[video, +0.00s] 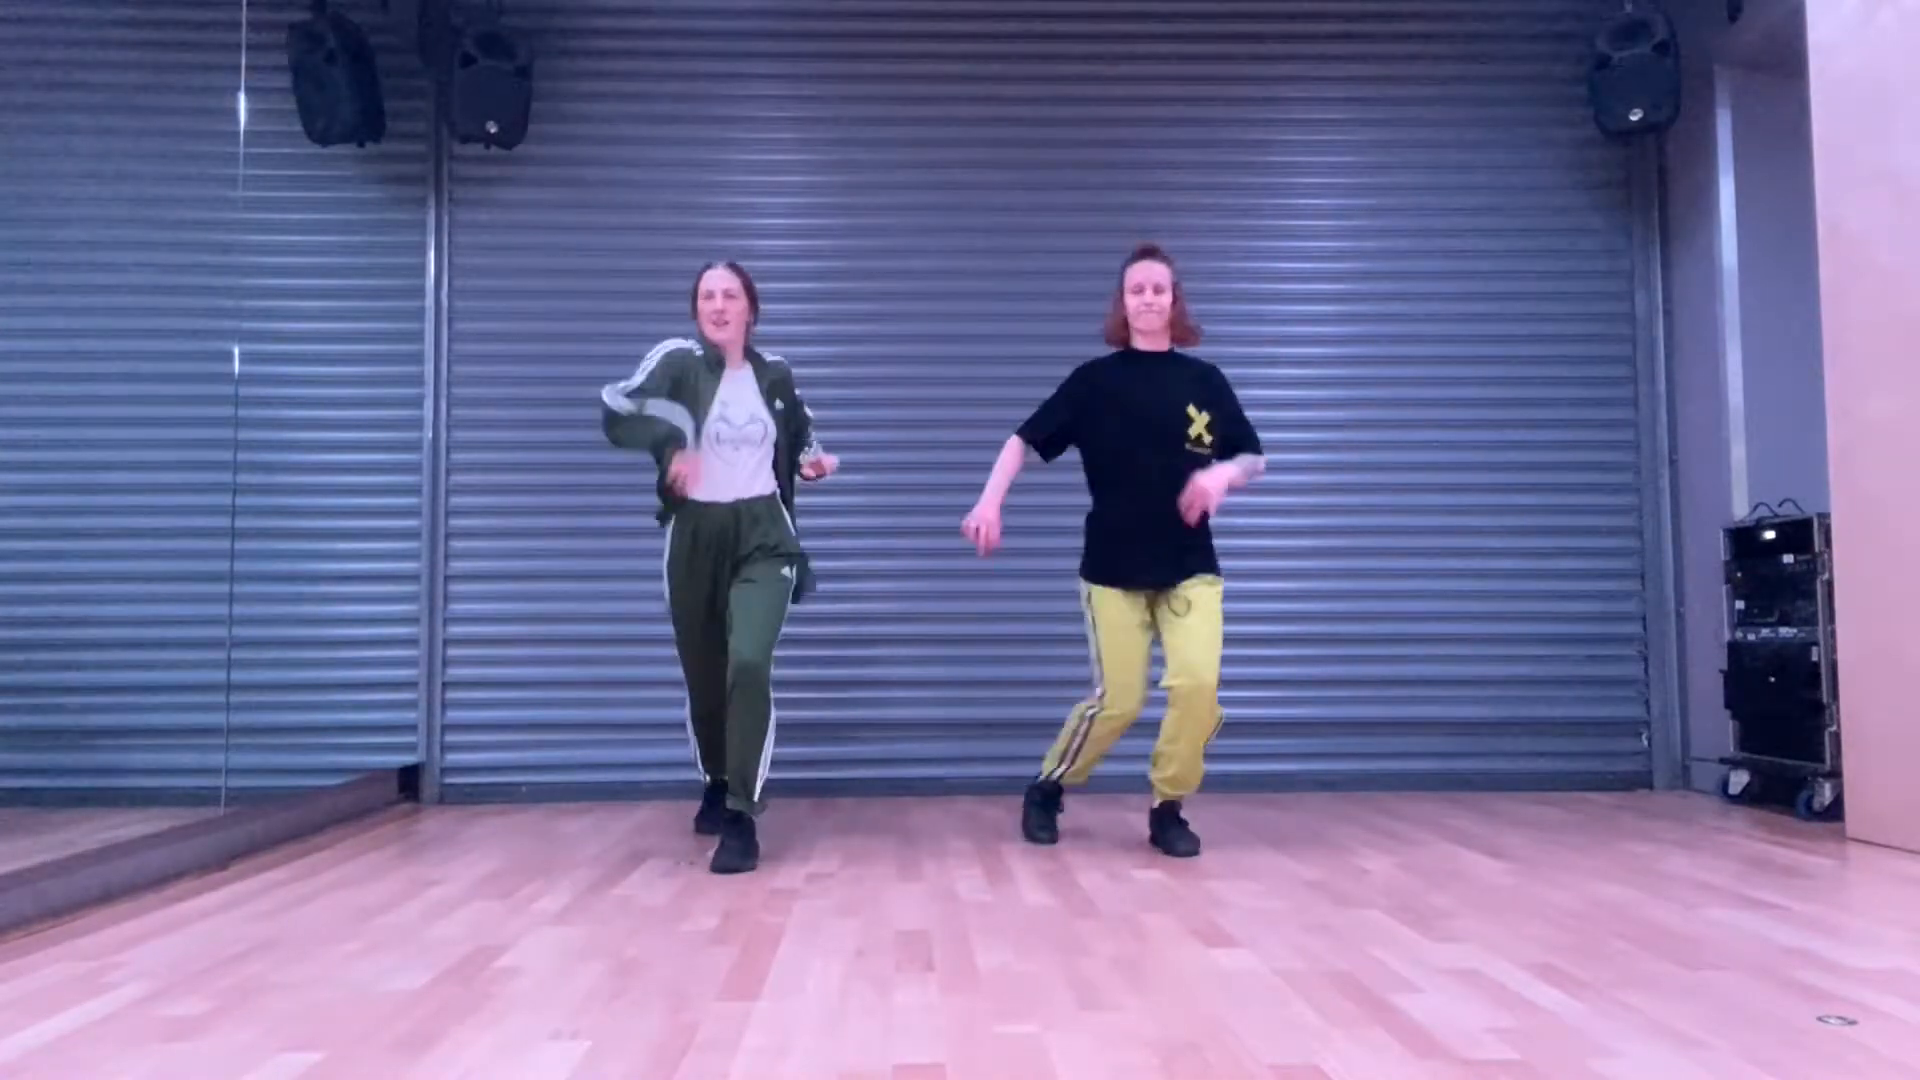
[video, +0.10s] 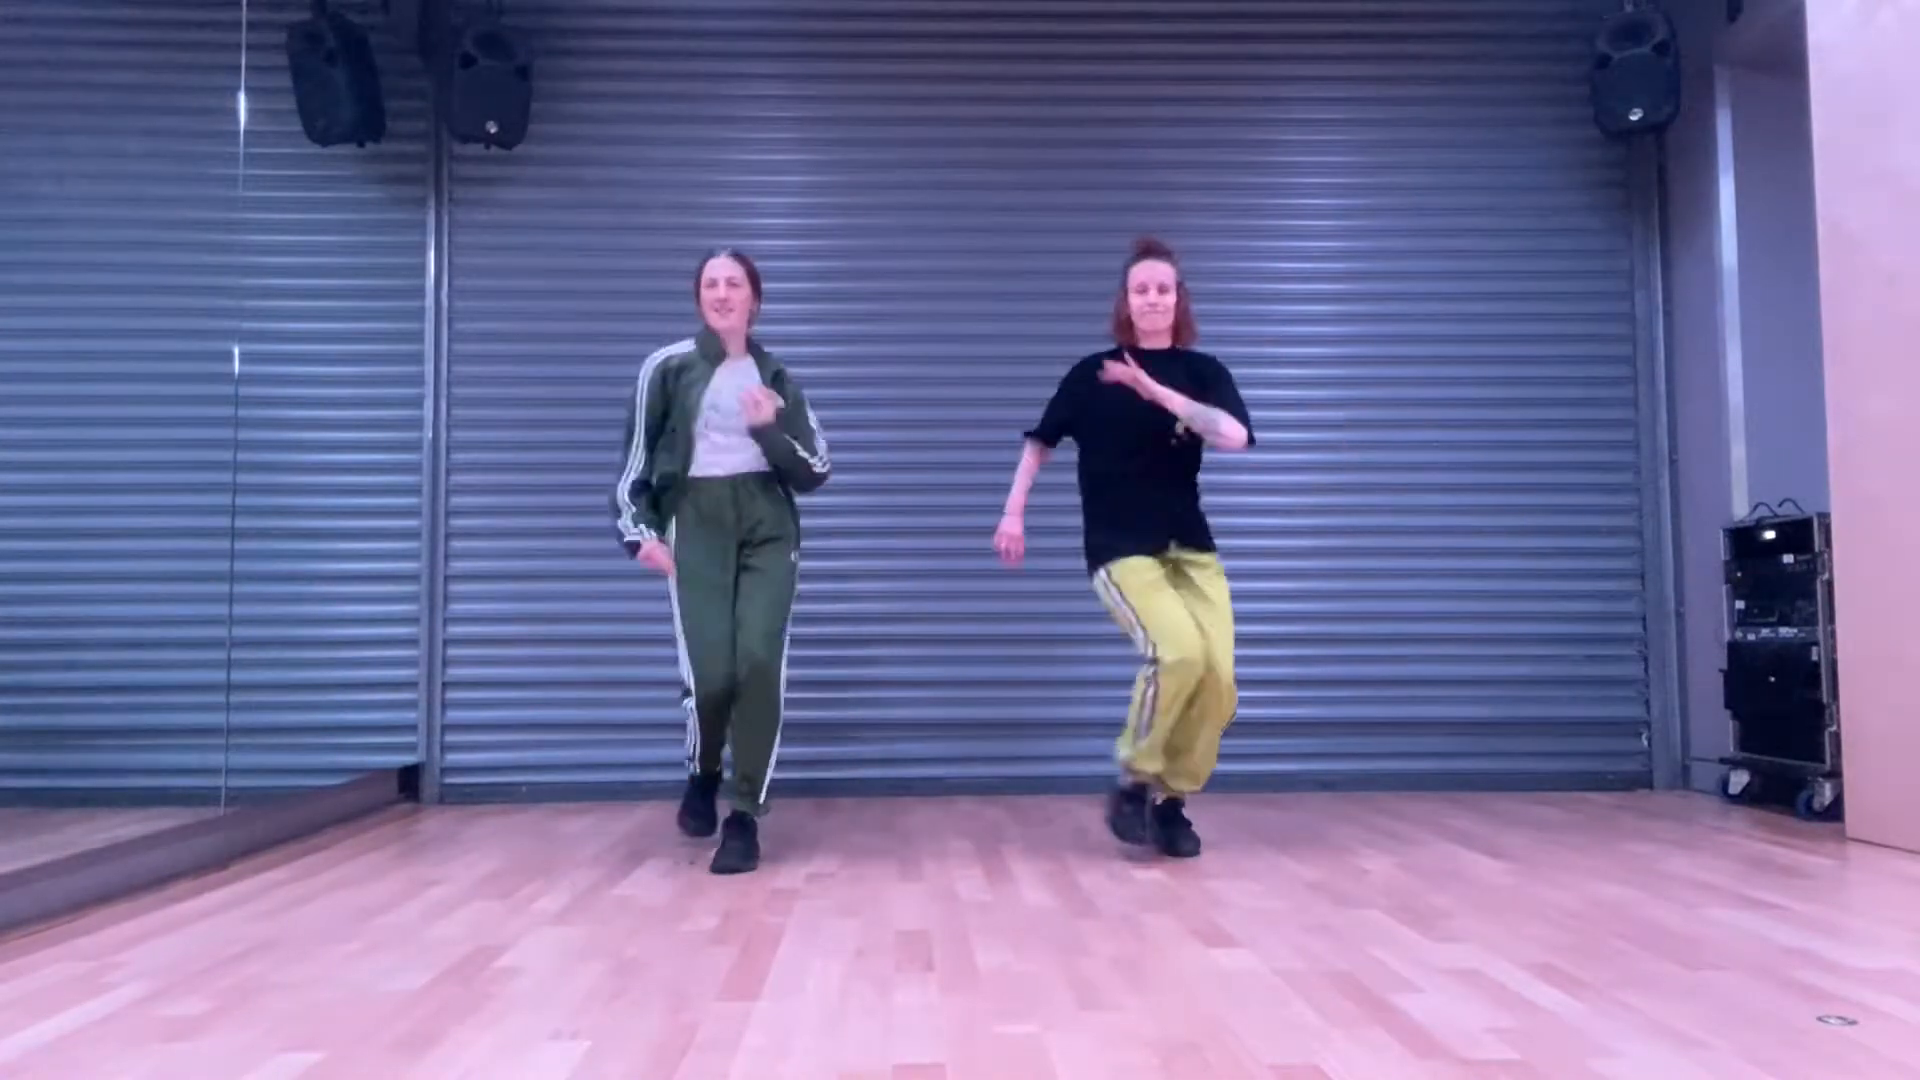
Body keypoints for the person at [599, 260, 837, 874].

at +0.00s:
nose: (718, 305)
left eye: (730, 296)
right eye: (708, 296)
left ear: (751, 309)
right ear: (695, 309)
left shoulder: (774, 374)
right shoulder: (676, 362)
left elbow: (796, 435)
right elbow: (616, 412)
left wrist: (808, 457)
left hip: (765, 534)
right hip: (696, 535)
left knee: (748, 663)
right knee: (703, 672)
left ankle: (740, 814)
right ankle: (716, 784)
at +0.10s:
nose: (722, 294)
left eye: (734, 284)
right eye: (712, 285)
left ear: (755, 299)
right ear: (697, 300)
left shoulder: (778, 377)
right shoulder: (666, 370)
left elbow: (814, 472)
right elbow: (637, 465)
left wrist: (772, 430)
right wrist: (641, 532)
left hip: (769, 513)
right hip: (696, 511)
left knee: (759, 665)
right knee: (712, 677)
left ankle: (743, 815)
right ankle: (705, 774)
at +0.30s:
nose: (704, 291)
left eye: (717, 281)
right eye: (695, 281)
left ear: (740, 295)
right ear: (681, 295)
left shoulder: (758, 364)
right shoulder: (666, 362)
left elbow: (749, 460)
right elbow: (667, 456)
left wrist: (686, 412)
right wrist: (644, 493)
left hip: (750, 512)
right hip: (688, 502)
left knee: (732, 667)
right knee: (658, 528)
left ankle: (735, 819)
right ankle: (616, 547)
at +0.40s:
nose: (699, 290)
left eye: (711, 280)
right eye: (689, 281)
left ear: (735, 293)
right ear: (676, 295)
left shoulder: (772, 361)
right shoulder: (657, 372)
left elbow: (801, 455)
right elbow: (648, 459)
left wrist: (733, 468)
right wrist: (632, 475)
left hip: (750, 516)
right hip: (679, 504)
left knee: (750, 666)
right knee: (601, 515)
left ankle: (739, 819)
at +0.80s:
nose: (667, 299)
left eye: (681, 289)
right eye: (658, 289)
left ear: (705, 302)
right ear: (646, 303)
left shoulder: (731, 382)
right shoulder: (635, 361)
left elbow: (786, 454)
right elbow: (613, 347)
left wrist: (853, 447)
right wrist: (603, 328)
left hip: (707, 544)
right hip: (629, 540)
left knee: (720, 685)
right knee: (552, 682)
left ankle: (746, 820)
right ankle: (471, 824)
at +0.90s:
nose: (665, 297)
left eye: (678, 286)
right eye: (656, 287)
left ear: (705, 296)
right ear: (646, 299)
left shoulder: (736, 374)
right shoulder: (638, 352)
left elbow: (787, 429)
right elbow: (616, 339)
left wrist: (856, 434)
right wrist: (609, 324)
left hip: (707, 532)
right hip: (629, 526)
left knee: (724, 681)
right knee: (558, 672)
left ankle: (748, 819)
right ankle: (475, 820)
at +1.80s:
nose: (472, 244)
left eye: (487, 233)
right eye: (469, 233)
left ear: (526, 250)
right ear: (469, 252)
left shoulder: (545, 309)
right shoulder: (472, 325)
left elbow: (597, 401)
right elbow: (393, 356)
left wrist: (614, 483)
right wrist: (366, 268)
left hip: (554, 475)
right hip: (505, 481)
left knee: (419, 558)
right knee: (472, 650)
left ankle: (520, 685)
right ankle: (473, 822)